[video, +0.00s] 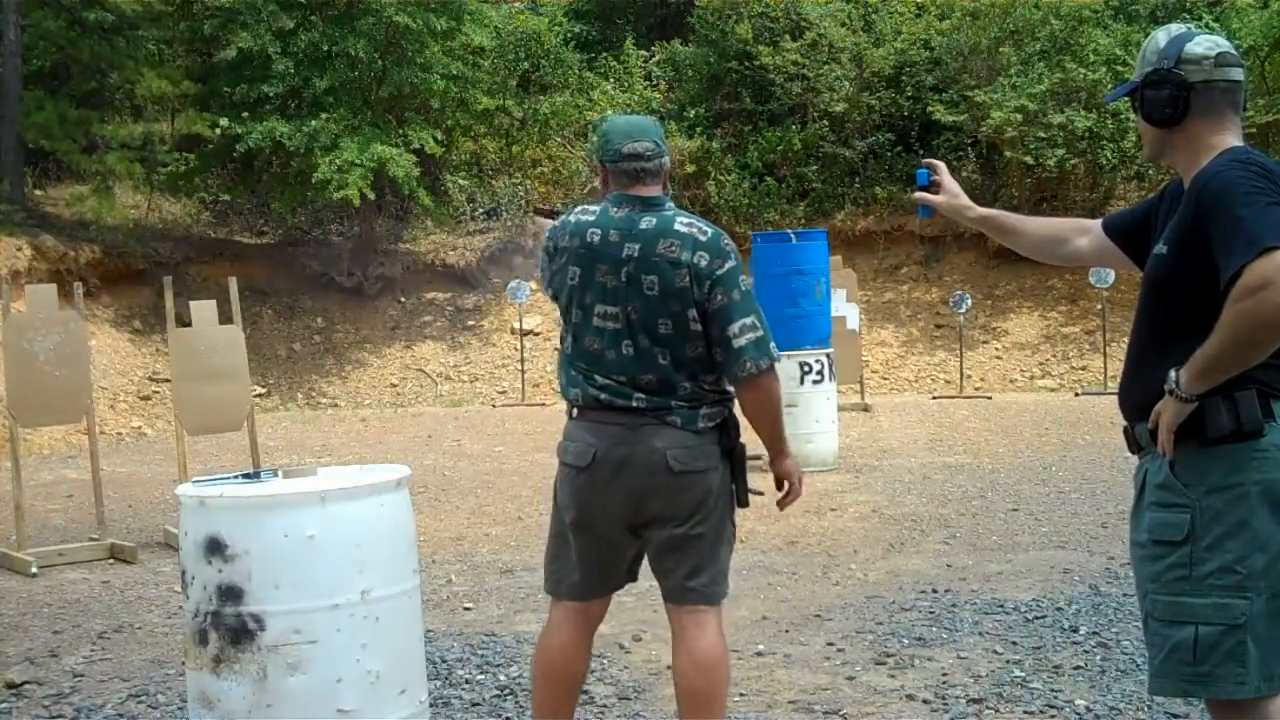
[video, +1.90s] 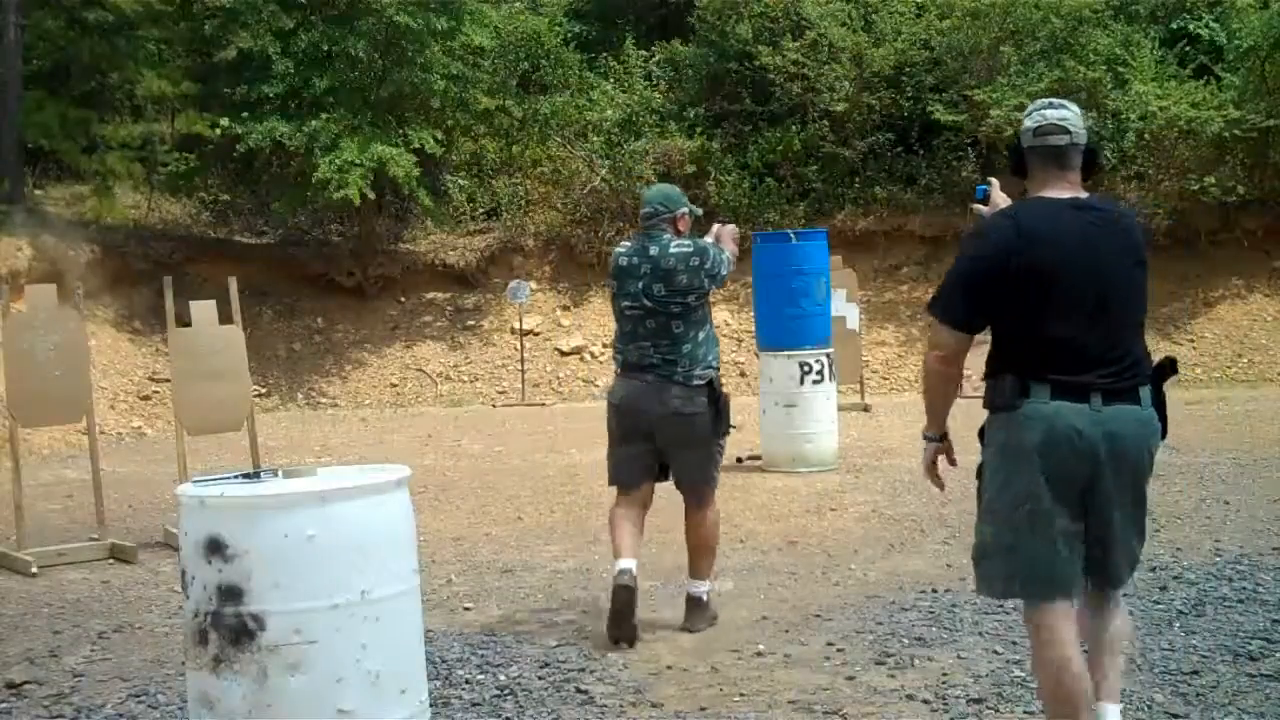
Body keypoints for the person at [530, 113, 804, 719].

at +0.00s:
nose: (594, 173)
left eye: (596, 166)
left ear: (602, 172)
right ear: (668, 168)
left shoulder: (569, 235)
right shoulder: (705, 244)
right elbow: (753, 370)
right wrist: (779, 452)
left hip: (593, 446)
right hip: (690, 452)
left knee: (573, 610)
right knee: (696, 615)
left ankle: (548, 713)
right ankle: (705, 717)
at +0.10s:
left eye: (611, 167)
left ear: (613, 173)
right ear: (679, 171)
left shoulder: (578, 237)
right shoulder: (715, 246)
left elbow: (558, 313)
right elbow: (759, 365)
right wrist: (773, 430)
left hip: (600, 448)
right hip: (694, 453)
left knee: (575, 608)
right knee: (699, 614)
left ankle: (550, 713)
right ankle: (706, 718)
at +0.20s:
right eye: (679, 169)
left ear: (622, 177)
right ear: (685, 176)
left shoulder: (587, 247)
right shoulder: (723, 249)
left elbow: (565, 343)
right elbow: (768, 364)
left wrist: (628, 360)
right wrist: (723, 381)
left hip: (606, 453)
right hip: (699, 455)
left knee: (576, 603)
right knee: (702, 614)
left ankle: (565, 713)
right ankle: (706, 717)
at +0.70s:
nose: (652, 212)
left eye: (645, 205)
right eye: (650, 204)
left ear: (590, 211)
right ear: (642, 208)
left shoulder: (561, 263)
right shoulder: (676, 259)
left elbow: (552, 350)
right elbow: (718, 347)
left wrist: (609, 332)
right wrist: (682, 311)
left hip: (573, 432)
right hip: (656, 433)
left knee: (579, 575)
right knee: (689, 574)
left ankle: (586, 708)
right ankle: (696, 696)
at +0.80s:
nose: (646, 209)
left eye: (640, 202)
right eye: (644, 202)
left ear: (584, 207)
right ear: (635, 205)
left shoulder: (557, 254)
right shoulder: (660, 249)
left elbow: (574, 316)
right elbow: (702, 314)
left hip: (566, 425)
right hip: (645, 428)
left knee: (577, 575)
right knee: (679, 557)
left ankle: (585, 708)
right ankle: (665, 654)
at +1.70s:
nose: (671, 216)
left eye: (668, 209)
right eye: (669, 209)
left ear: (623, 211)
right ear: (659, 213)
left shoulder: (597, 249)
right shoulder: (673, 248)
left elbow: (642, 260)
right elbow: (705, 266)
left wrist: (694, 240)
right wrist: (711, 240)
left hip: (604, 388)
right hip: (664, 391)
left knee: (614, 503)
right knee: (684, 495)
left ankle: (615, 622)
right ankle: (677, 608)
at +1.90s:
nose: (689, 223)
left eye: (687, 217)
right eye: (688, 217)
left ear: (643, 220)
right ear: (679, 221)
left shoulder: (620, 256)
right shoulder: (694, 256)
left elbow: (662, 259)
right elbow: (725, 262)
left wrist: (707, 241)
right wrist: (725, 241)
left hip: (629, 391)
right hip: (686, 395)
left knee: (629, 496)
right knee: (700, 501)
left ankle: (624, 572)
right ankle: (698, 601)